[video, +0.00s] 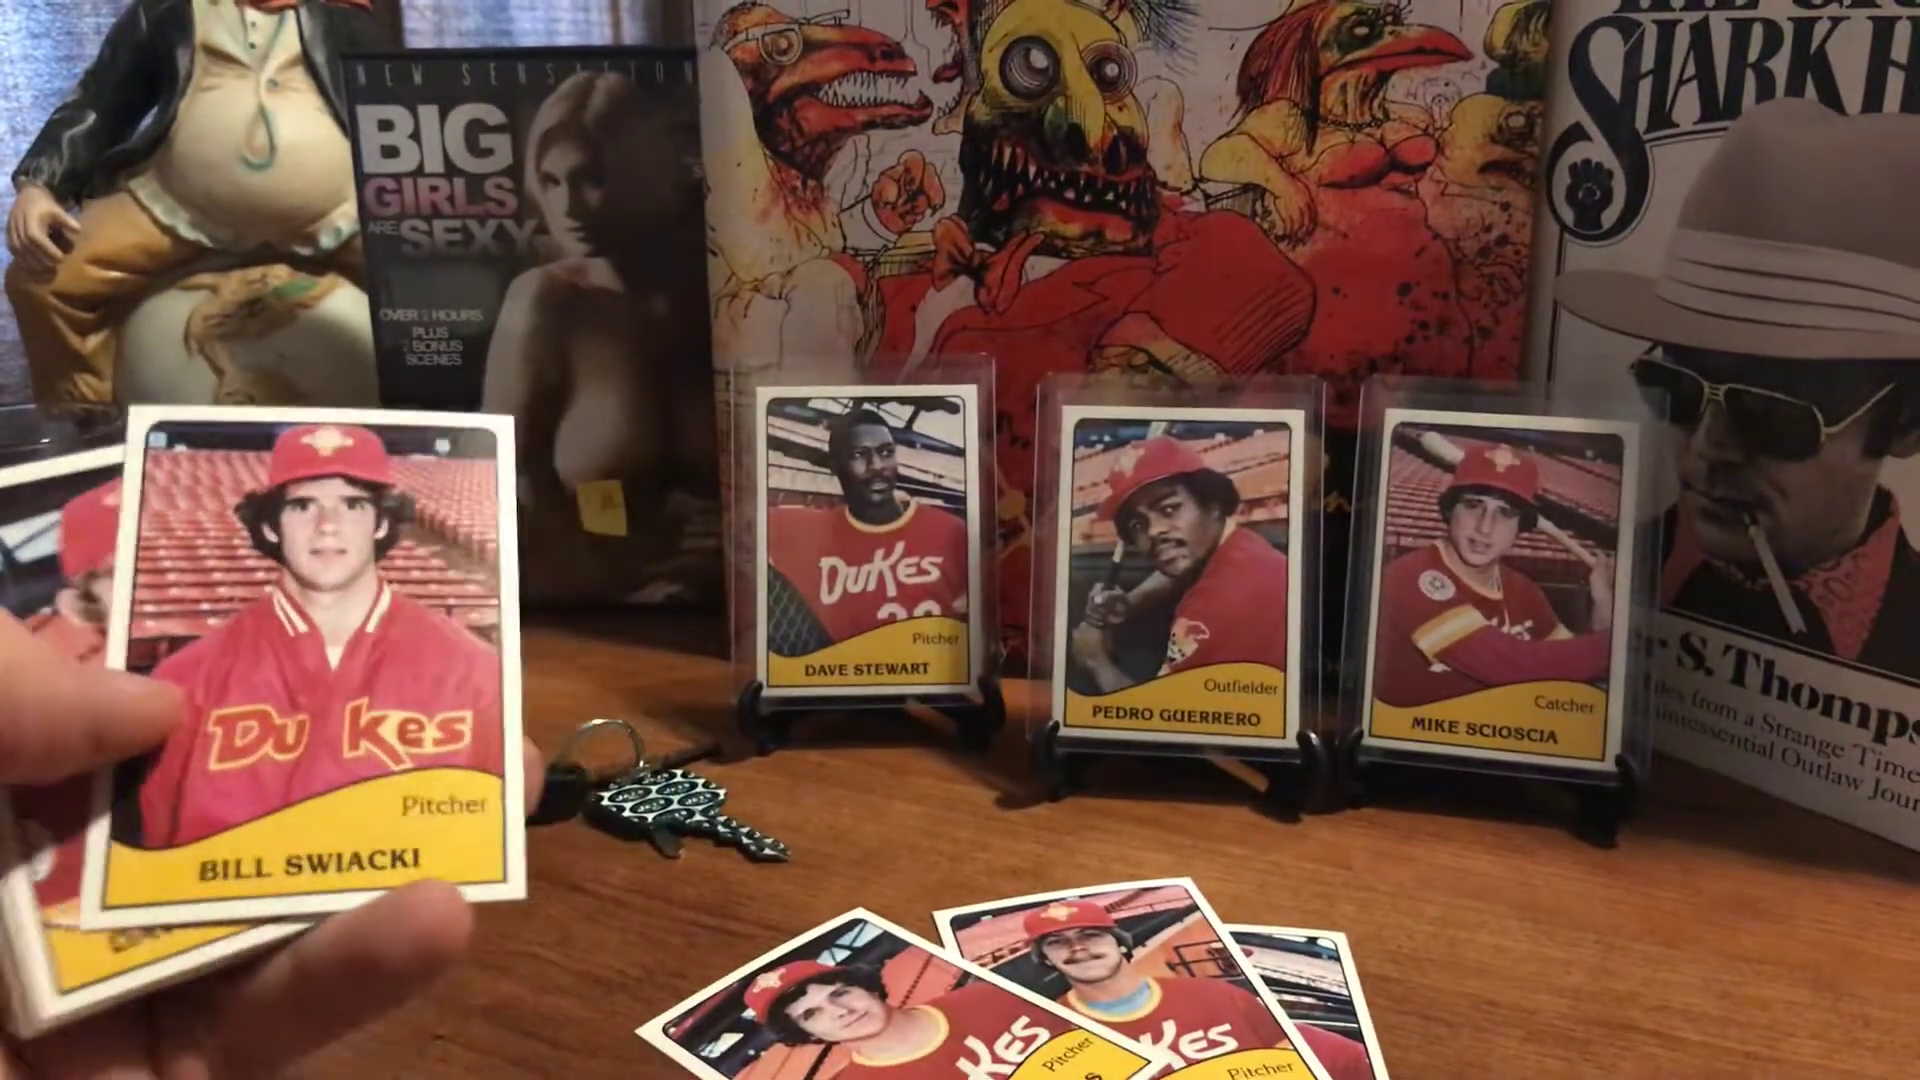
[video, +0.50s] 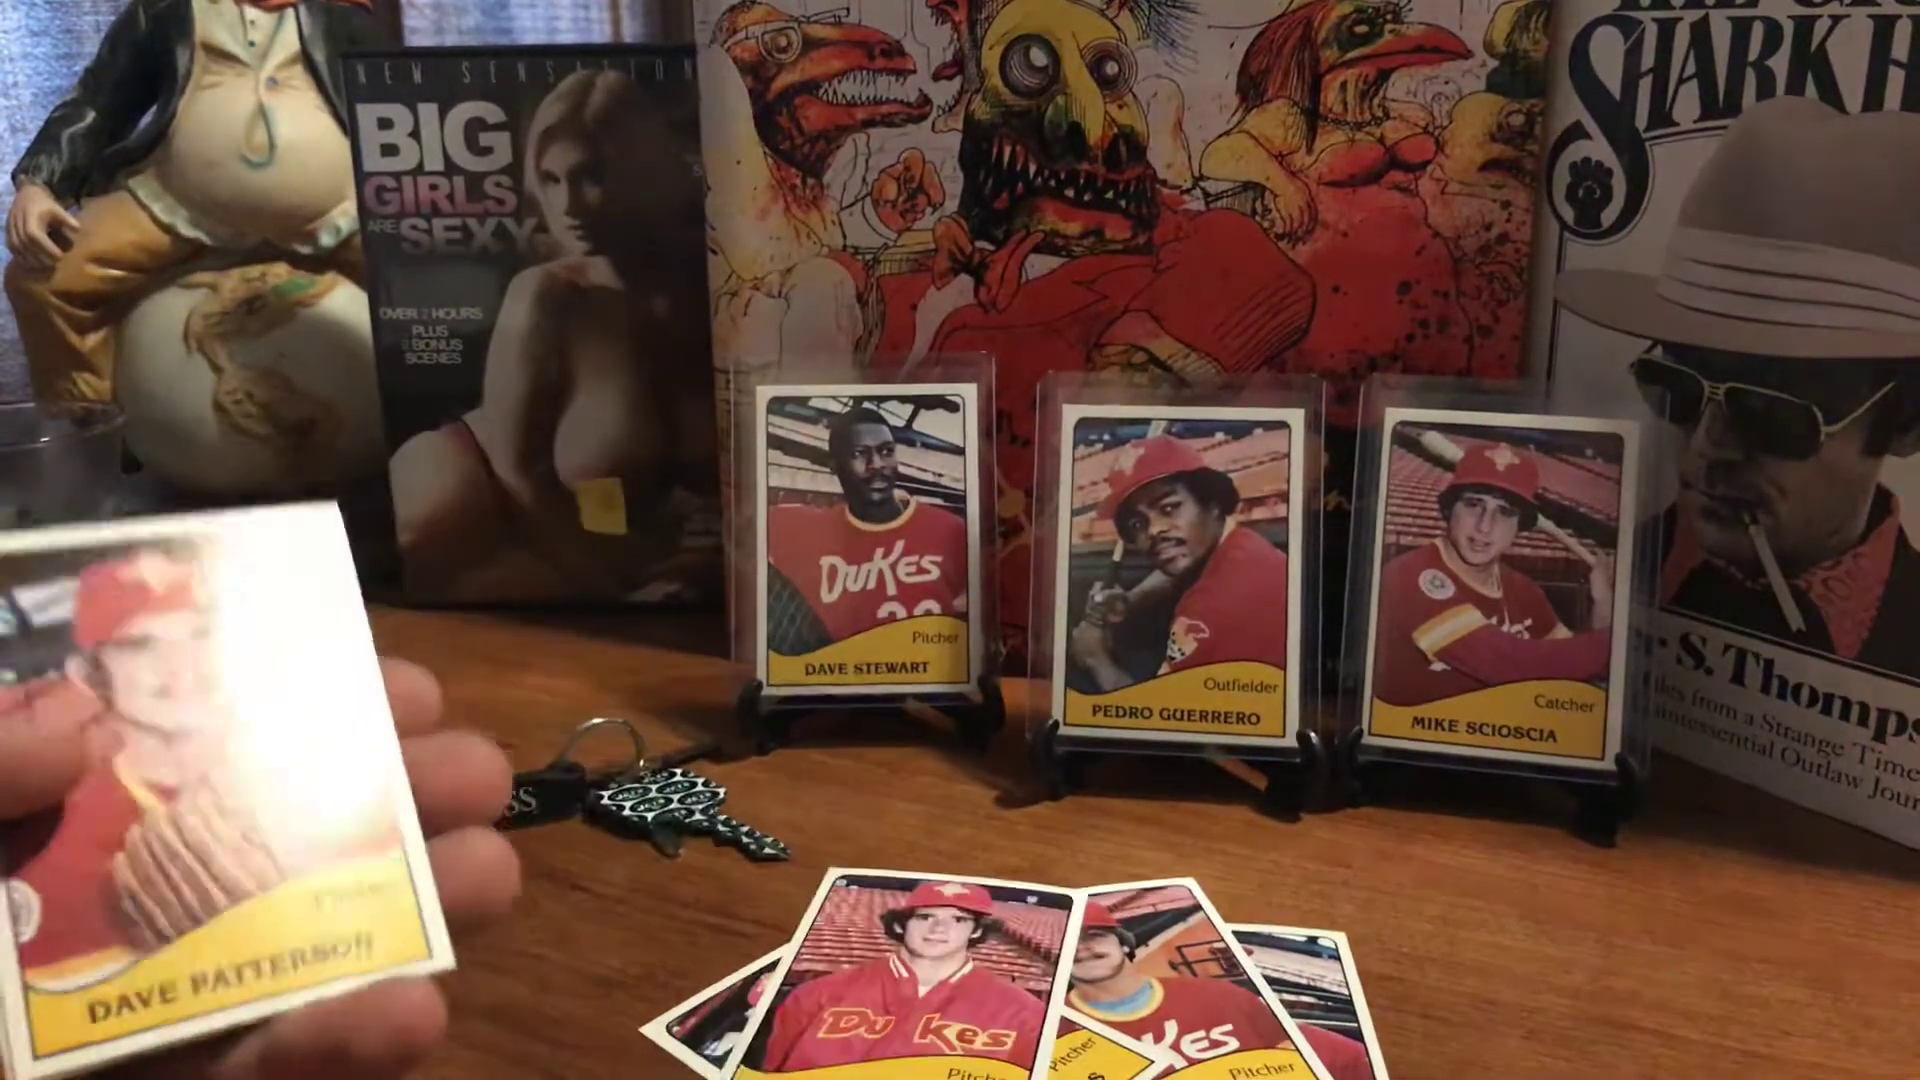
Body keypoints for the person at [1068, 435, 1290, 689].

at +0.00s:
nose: (1156, 531)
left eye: (1169, 509)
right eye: (1139, 524)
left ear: (1212, 505)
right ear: (1134, 540)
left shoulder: (1212, 606)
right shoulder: (1247, 545)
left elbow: (1161, 718)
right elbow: (1184, 566)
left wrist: (1098, 662)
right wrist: (1132, 603)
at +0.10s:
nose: (1156, 530)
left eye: (1169, 509)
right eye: (1139, 523)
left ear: (1212, 505)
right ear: (1133, 540)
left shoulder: (1211, 607)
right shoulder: (1248, 545)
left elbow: (1161, 718)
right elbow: (1184, 565)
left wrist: (1098, 662)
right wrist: (1132, 602)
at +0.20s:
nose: (1155, 530)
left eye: (1169, 508)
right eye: (1139, 523)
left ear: (1212, 504)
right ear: (1133, 539)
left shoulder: (1211, 607)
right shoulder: (1247, 544)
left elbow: (1162, 720)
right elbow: (1183, 566)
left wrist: (1098, 662)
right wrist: (1132, 602)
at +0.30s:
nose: (1155, 531)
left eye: (1169, 509)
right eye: (1139, 524)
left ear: (1212, 506)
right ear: (1133, 540)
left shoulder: (1210, 608)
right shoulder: (1248, 546)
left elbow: (1161, 721)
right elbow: (1185, 566)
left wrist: (1098, 662)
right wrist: (1132, 602)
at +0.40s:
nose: (1155, 530)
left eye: (1169, 508)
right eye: (1139, 523)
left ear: (1212, 504)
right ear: (1133, 539)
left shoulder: (1210, 606)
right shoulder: (1248, 545)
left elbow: (1160, 719)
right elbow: (1185, 565)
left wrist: (1097, 661)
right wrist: (1132, 602)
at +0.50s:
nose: (1155, 530)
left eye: (1169, 508)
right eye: (1139, 523)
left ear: (1212, 504)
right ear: (1133, 539)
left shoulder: (1209, 607)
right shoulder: (1247, 545)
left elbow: (1161, 719)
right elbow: (1183, 566)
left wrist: (1097, 661)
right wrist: (1131, 601)